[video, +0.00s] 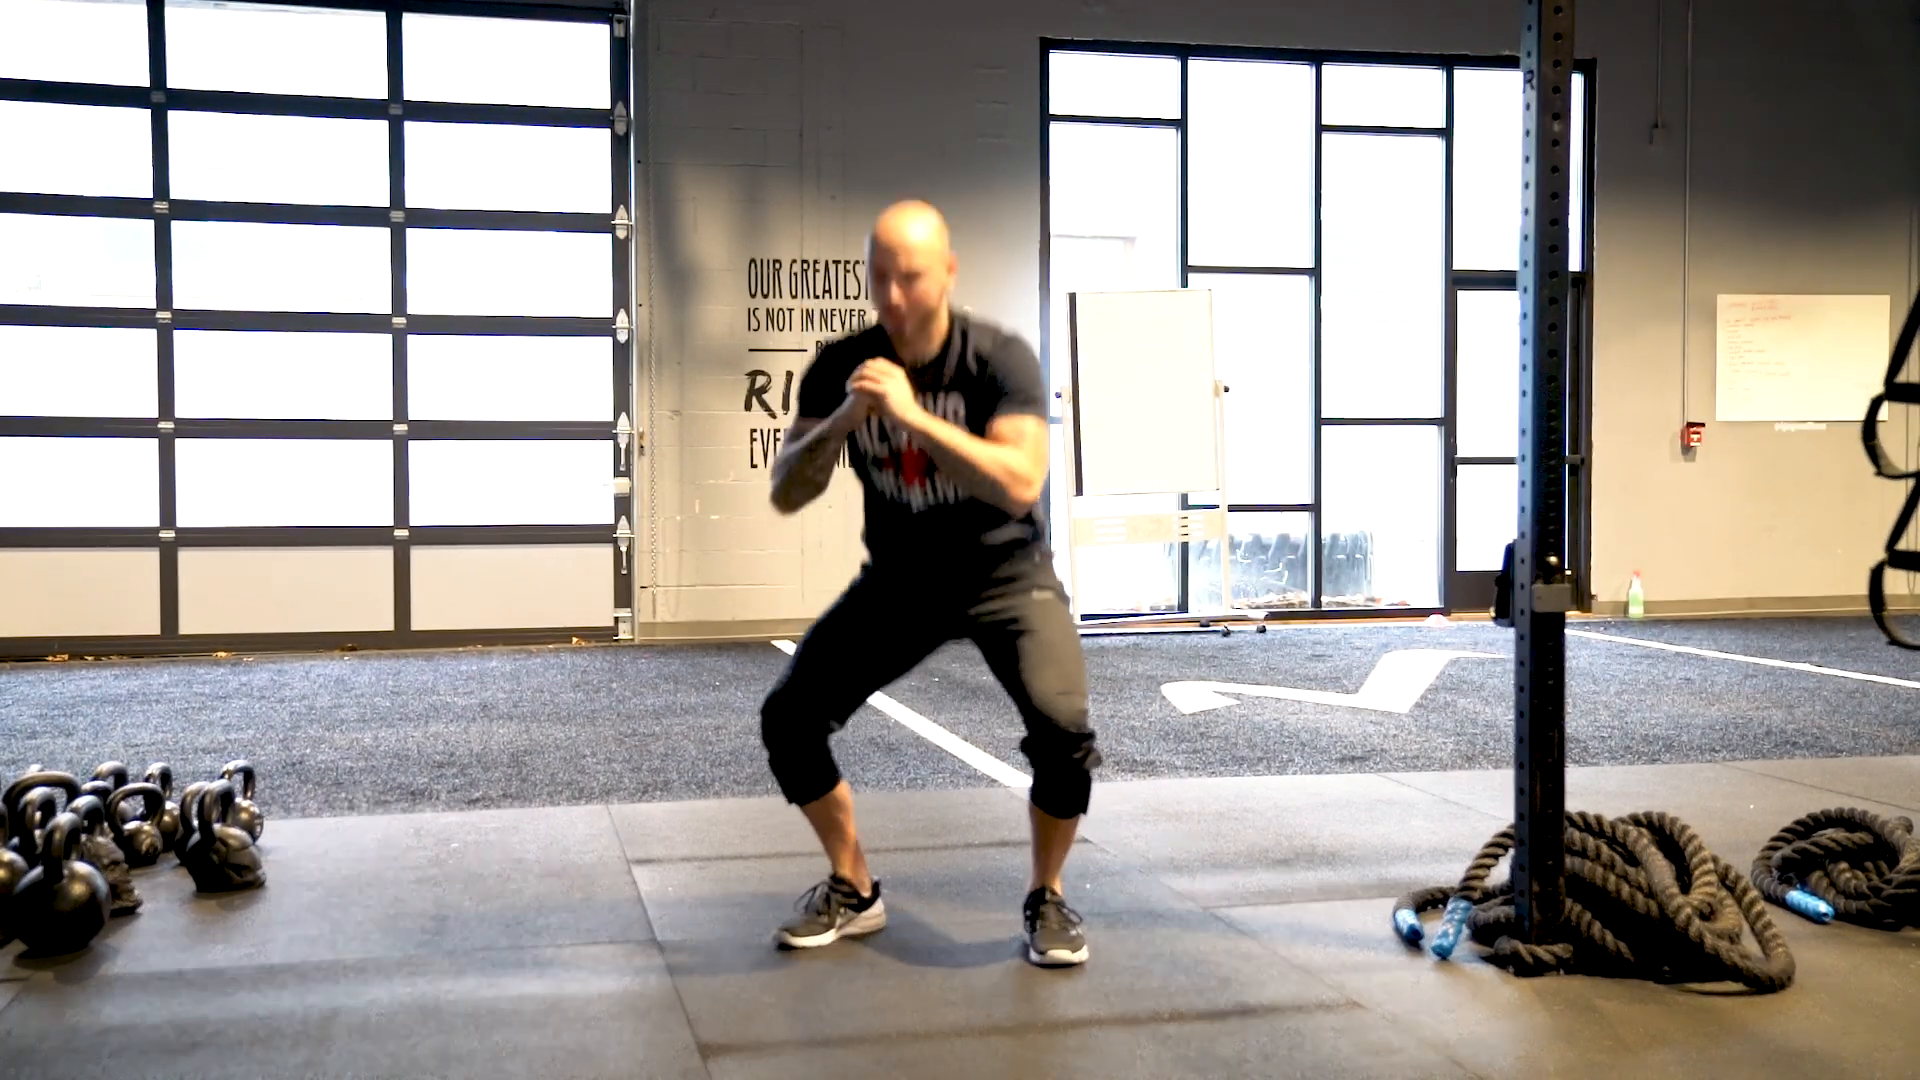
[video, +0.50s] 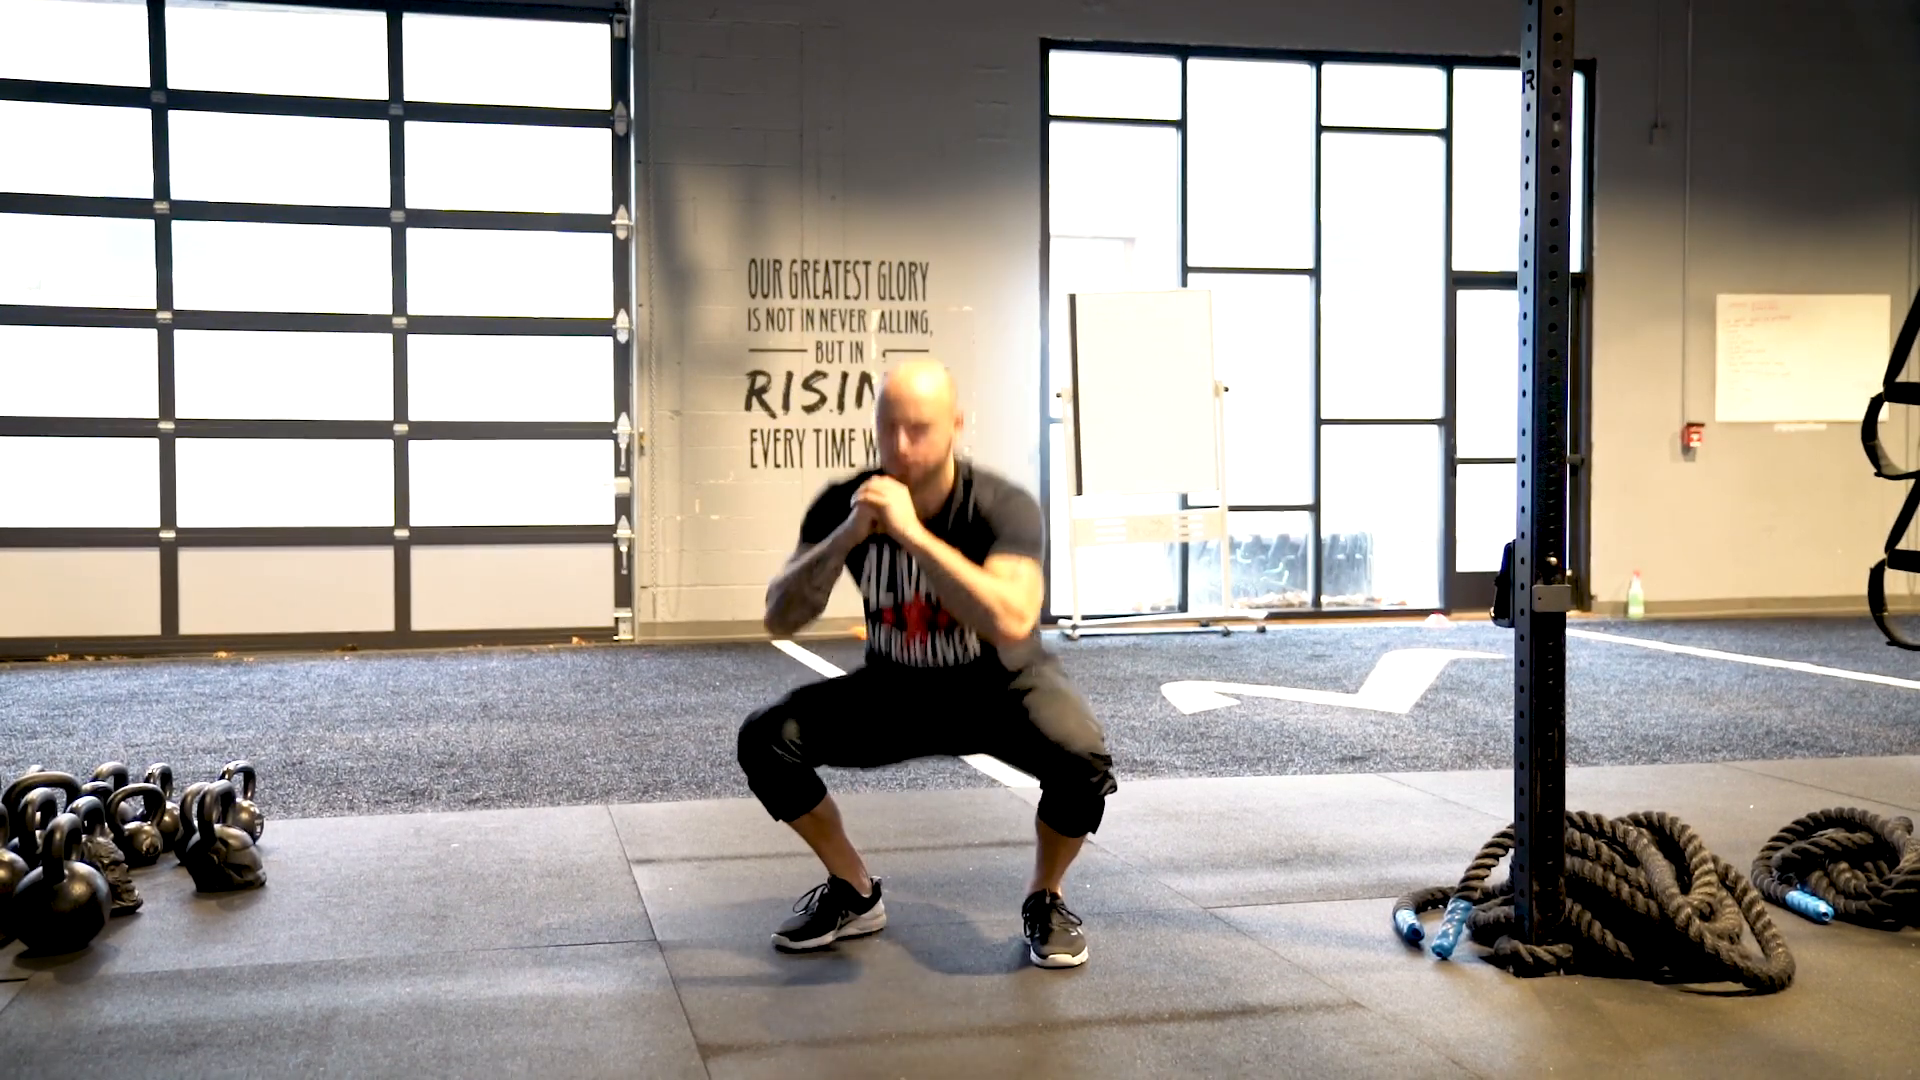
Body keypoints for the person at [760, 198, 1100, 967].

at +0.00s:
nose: (892, 298)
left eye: (910, 278)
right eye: (880, 278)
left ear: (949, 276)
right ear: (866, 278)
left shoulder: (1001, 358)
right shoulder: (838, 367)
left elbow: (1022, 483)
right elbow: (786, 495)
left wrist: (913, 415)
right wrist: (842, 421)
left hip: (1006, 575)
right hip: (901, 579)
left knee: (1064, 726)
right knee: (789, 720)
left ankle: (1046, 897)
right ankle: (852, 888)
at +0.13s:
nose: (894, 405)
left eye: (912, 387)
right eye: (882, 386)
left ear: (950, 384)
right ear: (867, 385)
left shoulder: (997, 460)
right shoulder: (847, 461)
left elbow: (1007, 557)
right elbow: (774, 565)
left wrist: (906, 472)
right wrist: (841, 476)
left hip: (1007, 657)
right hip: (900, 659)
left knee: (1080, 761)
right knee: (770, 738)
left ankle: (1046, 902)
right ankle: (854, 889)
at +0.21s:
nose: (897, 472)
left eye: (914, 455)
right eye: (885, 455)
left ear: (952, 450)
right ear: (871, 451)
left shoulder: (998, 520)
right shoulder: (846, 524)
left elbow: (1000, 616)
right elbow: (777, 624)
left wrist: (905, 523)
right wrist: (844, 530)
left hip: (996, 710)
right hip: (896, 711)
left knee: (1081, 757)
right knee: (768, 741)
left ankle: (1046, 901)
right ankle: (854, 891)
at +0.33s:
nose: (898, 518)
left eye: (917, 502)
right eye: (886, 500)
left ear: (955, 497)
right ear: (872, 496)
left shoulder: (1001, 567)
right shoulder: (845, 570)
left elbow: (996, 677)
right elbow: (784, 683)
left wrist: (904, 579)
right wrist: (849, 582)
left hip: (989, 748)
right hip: (893, 748)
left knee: (1075, 754)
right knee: (769, 743)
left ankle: (1045, 899)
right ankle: (854, 888)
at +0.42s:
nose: (899, 497)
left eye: (918, 481)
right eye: (887, 479)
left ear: (957, 477)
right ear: (874, 475)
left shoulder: (1003, 551)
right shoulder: (846, 551)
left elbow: (1000, 661)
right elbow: (781, 663)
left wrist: (906, 564)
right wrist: (848, 569)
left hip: (991, 733)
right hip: (894, 734)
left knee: (1080, 756)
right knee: (766, 743)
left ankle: (1046, 900)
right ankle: (854, 889)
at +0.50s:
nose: (900, 447)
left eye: (918, 430)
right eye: (888, 429)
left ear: (957, 428)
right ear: (874, 428)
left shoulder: (1005, 507)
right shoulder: (847, 503)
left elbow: (1012, 620)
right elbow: (779, 620)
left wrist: (912, 533)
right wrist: (847, 538)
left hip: (999, 691)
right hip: (897, 691)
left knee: (1082, 763)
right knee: (767, 741)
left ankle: (1046, 900)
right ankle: (853, 888)